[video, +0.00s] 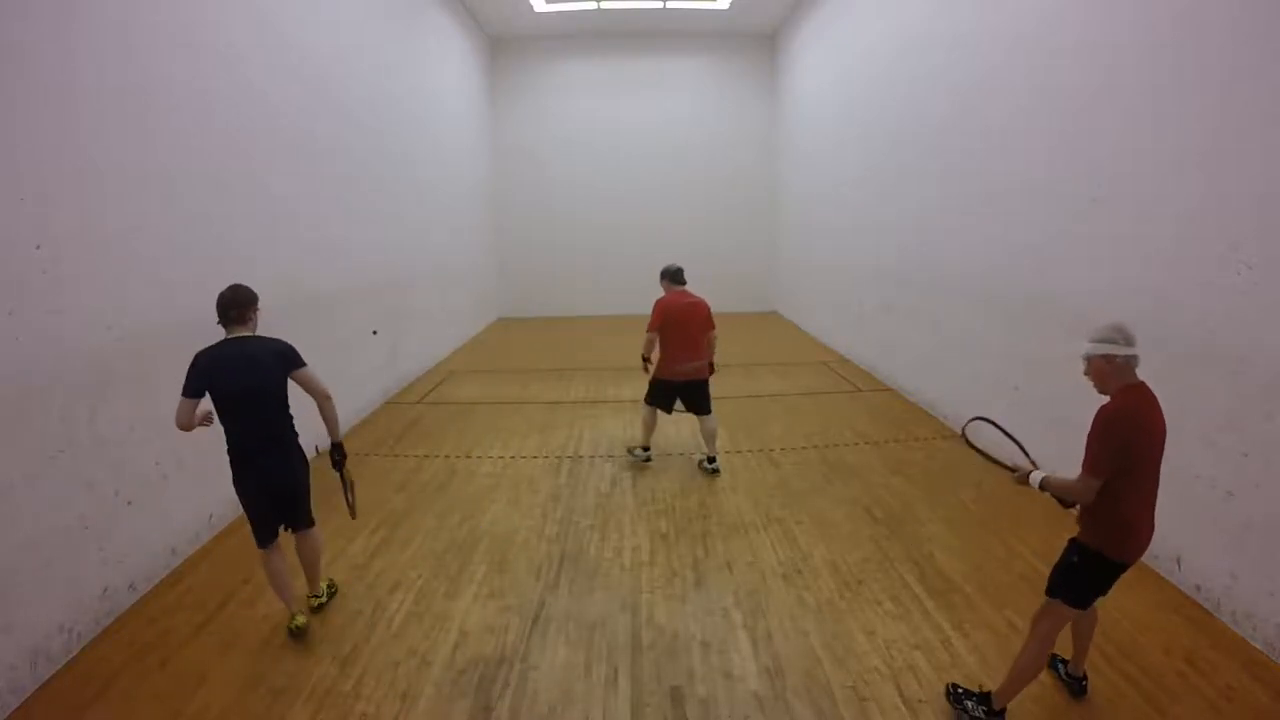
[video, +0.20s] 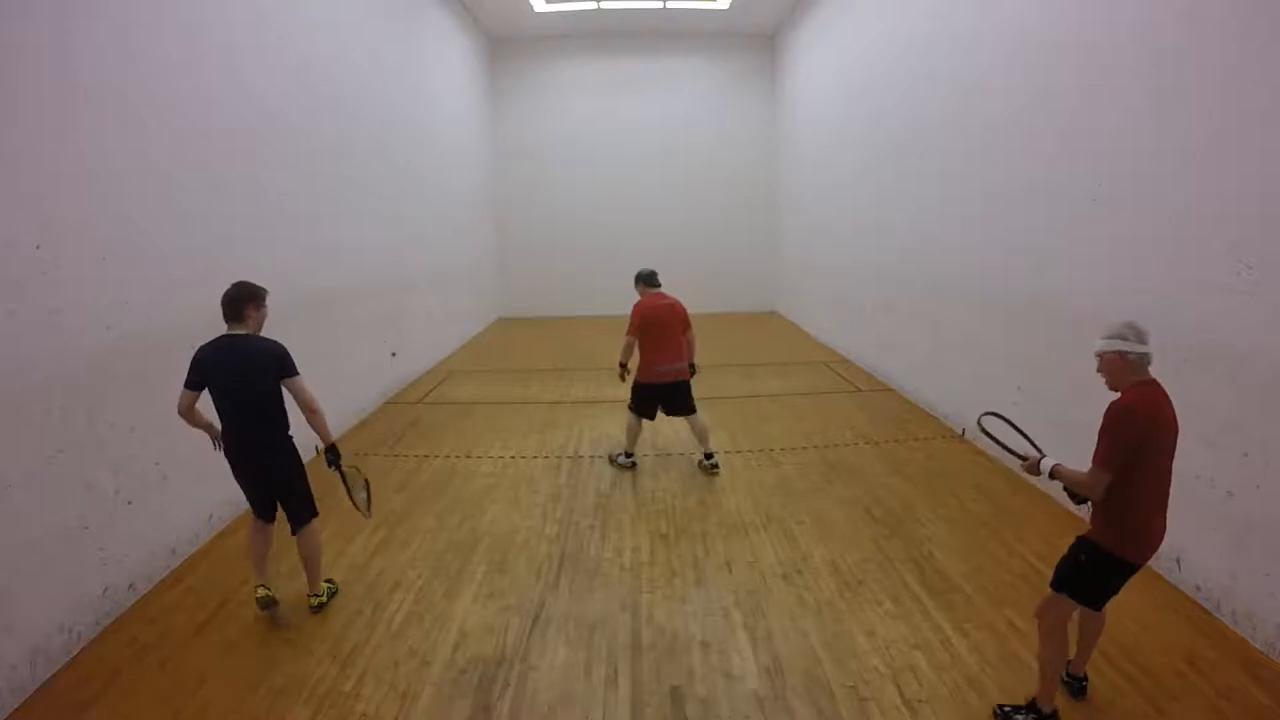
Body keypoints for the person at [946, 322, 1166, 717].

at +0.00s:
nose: (1086, 371)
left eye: (1090, 362)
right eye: (1086, 362)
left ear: (1114, 362)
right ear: (1123, 363)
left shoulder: (1115, 414)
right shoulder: (1145, 403)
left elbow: (1086, 489)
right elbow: (1128, 477)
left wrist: (1038, 478)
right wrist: (1081, 498)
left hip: (1103, 538)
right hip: (1130, 535)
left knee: (1048, 621)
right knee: (1084, 600)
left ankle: (995, 704)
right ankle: (1076, 672)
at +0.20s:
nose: (1098, 367)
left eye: (1103, 358)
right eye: (1098, 358)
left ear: (1126, 359)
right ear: (1134, 361)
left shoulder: (1125, 410)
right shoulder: (1158, 402)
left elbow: (1093, 485)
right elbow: (1139, 475)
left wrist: (1048, 467)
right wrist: (1091, 493)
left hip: (1115, 536)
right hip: (1143, 536)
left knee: (1052, 612)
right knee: (1093, 601)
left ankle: (1043, 706)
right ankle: (1077, 673)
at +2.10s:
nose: (1066, 380)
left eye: (1067, 374)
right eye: (1068, 374)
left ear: (1072, 379)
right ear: (1110, 381)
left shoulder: (1063, 425)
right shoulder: (1133, 427)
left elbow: (1040, 503)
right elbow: (1158, 508)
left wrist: (1053, 526)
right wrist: (1127, 533)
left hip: (1077, 564)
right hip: (1127, 563)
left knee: (1015, 640)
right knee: (1096, 608)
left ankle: (996, 715)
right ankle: (1092, 687)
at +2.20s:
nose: (1078, 385)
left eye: (1080, 380)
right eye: (1082, 380)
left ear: (1085, 383)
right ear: (1123, 388)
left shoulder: (1070, 425)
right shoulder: (1142, 435)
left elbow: (1038, 496)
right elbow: (1164, 512)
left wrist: (1045, 524)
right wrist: (1156, 560)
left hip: (1075, 566)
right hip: (1127, 567)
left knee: (1013, 640)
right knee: (1106, 605)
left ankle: (996, 714)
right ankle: (1100, 672)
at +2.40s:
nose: (1124, 389)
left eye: (1125, 384)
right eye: (1130, 385)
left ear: (1126, 387)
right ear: (1161, 393)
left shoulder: (1106, 421)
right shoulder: (1175, 441)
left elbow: (1062, 472)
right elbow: (1193, 511)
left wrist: (1034, 502)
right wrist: (1209, 558)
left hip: (1096, 550)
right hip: (1143, 557)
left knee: (1041, 639)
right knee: (1118, 593)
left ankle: (995, 716)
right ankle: (1105, 660)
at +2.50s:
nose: (1140, 385)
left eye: (1142, 380)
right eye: (1146, 381)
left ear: (1144, 381)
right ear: (1177, 388)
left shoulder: (1129, 413)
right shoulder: (1186, 430)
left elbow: (1098, 463)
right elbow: (1192, 485)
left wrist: (1066, 496)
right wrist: (1193, 513)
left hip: (1115, 537)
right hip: (1159, 545)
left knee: (1057, 619)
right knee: (1122, 584)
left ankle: (1001, 705)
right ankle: (1105, 660)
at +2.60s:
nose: (1147, 362)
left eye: (1150, 356)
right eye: (1151, 357)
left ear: (1156, 359)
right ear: (1186, 364)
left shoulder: (1144, 392)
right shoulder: (1200, 401)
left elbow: (1120, 453)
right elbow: (1199, 455)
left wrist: (1110, 493)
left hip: (1137, 510)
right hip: (1178, 520)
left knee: (1080, 590)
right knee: (1133, 579)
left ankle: (1019, 669)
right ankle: (1107, 659)